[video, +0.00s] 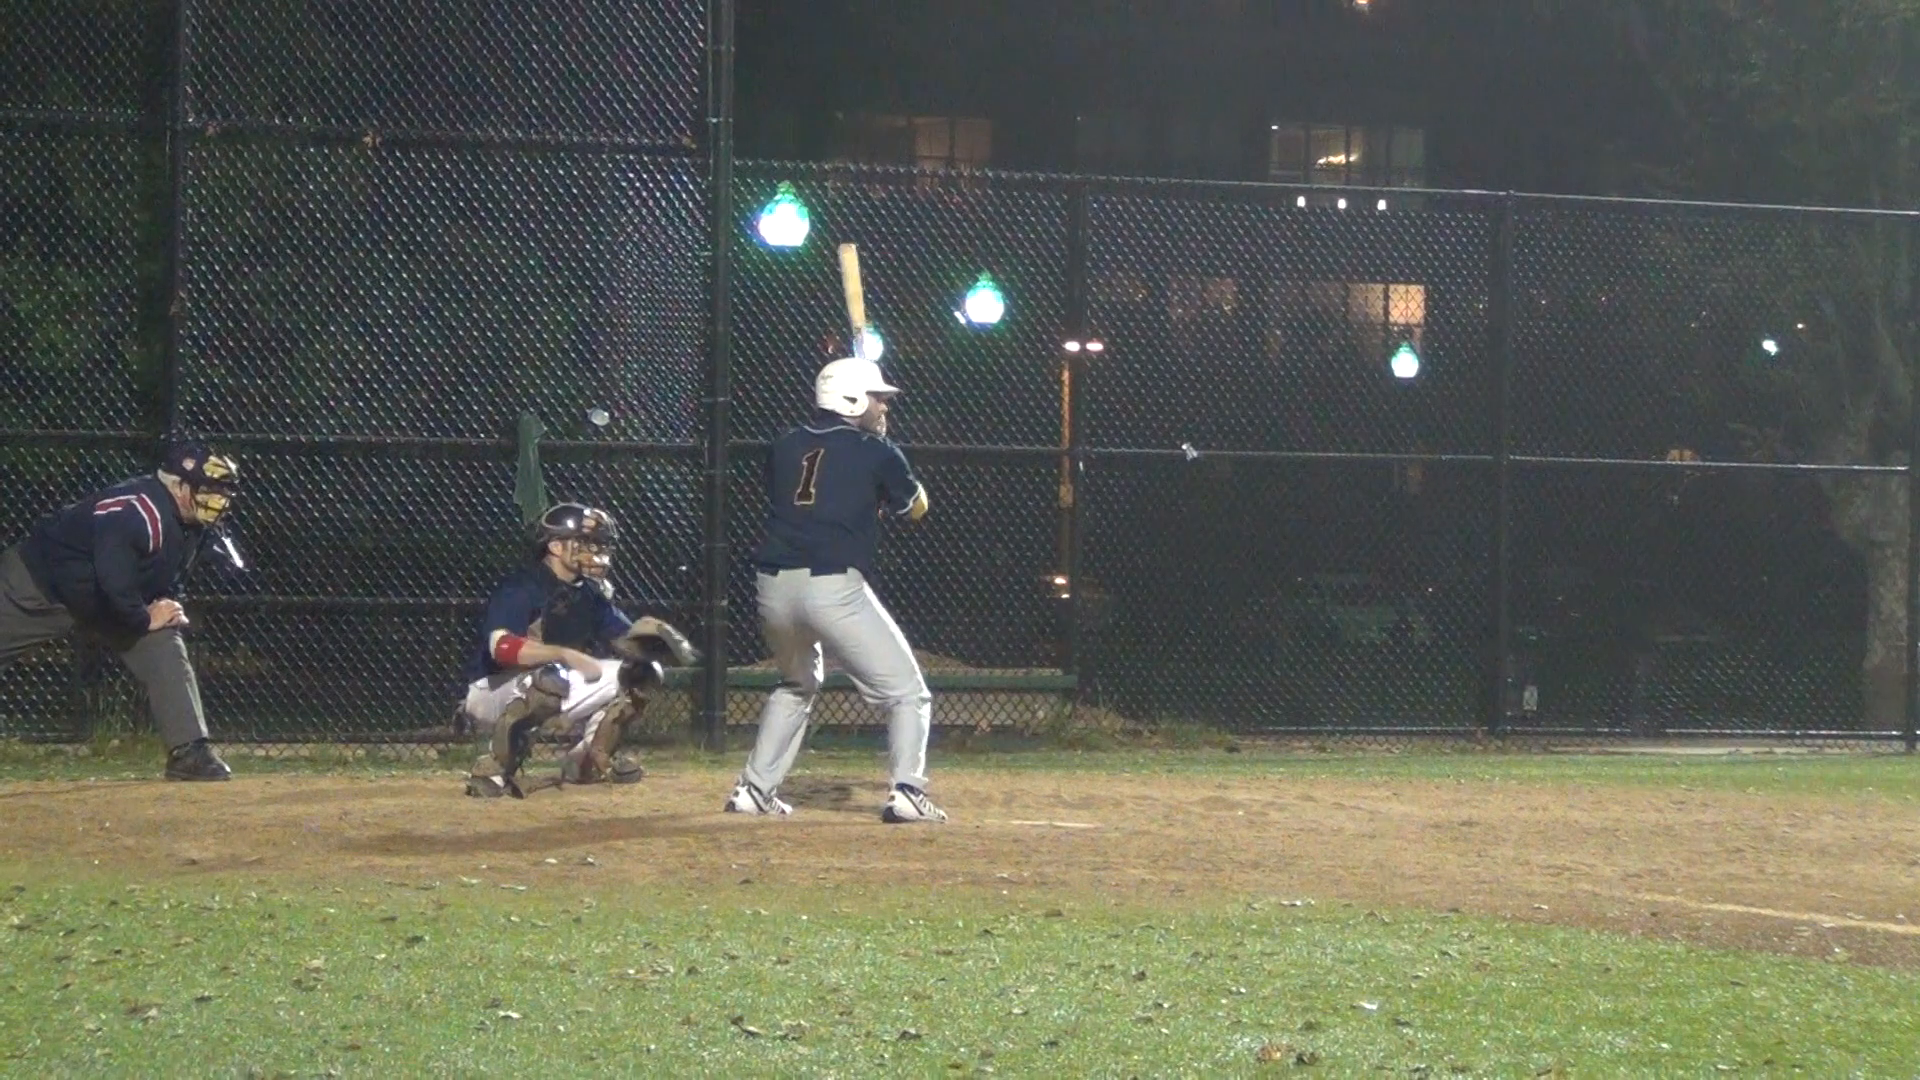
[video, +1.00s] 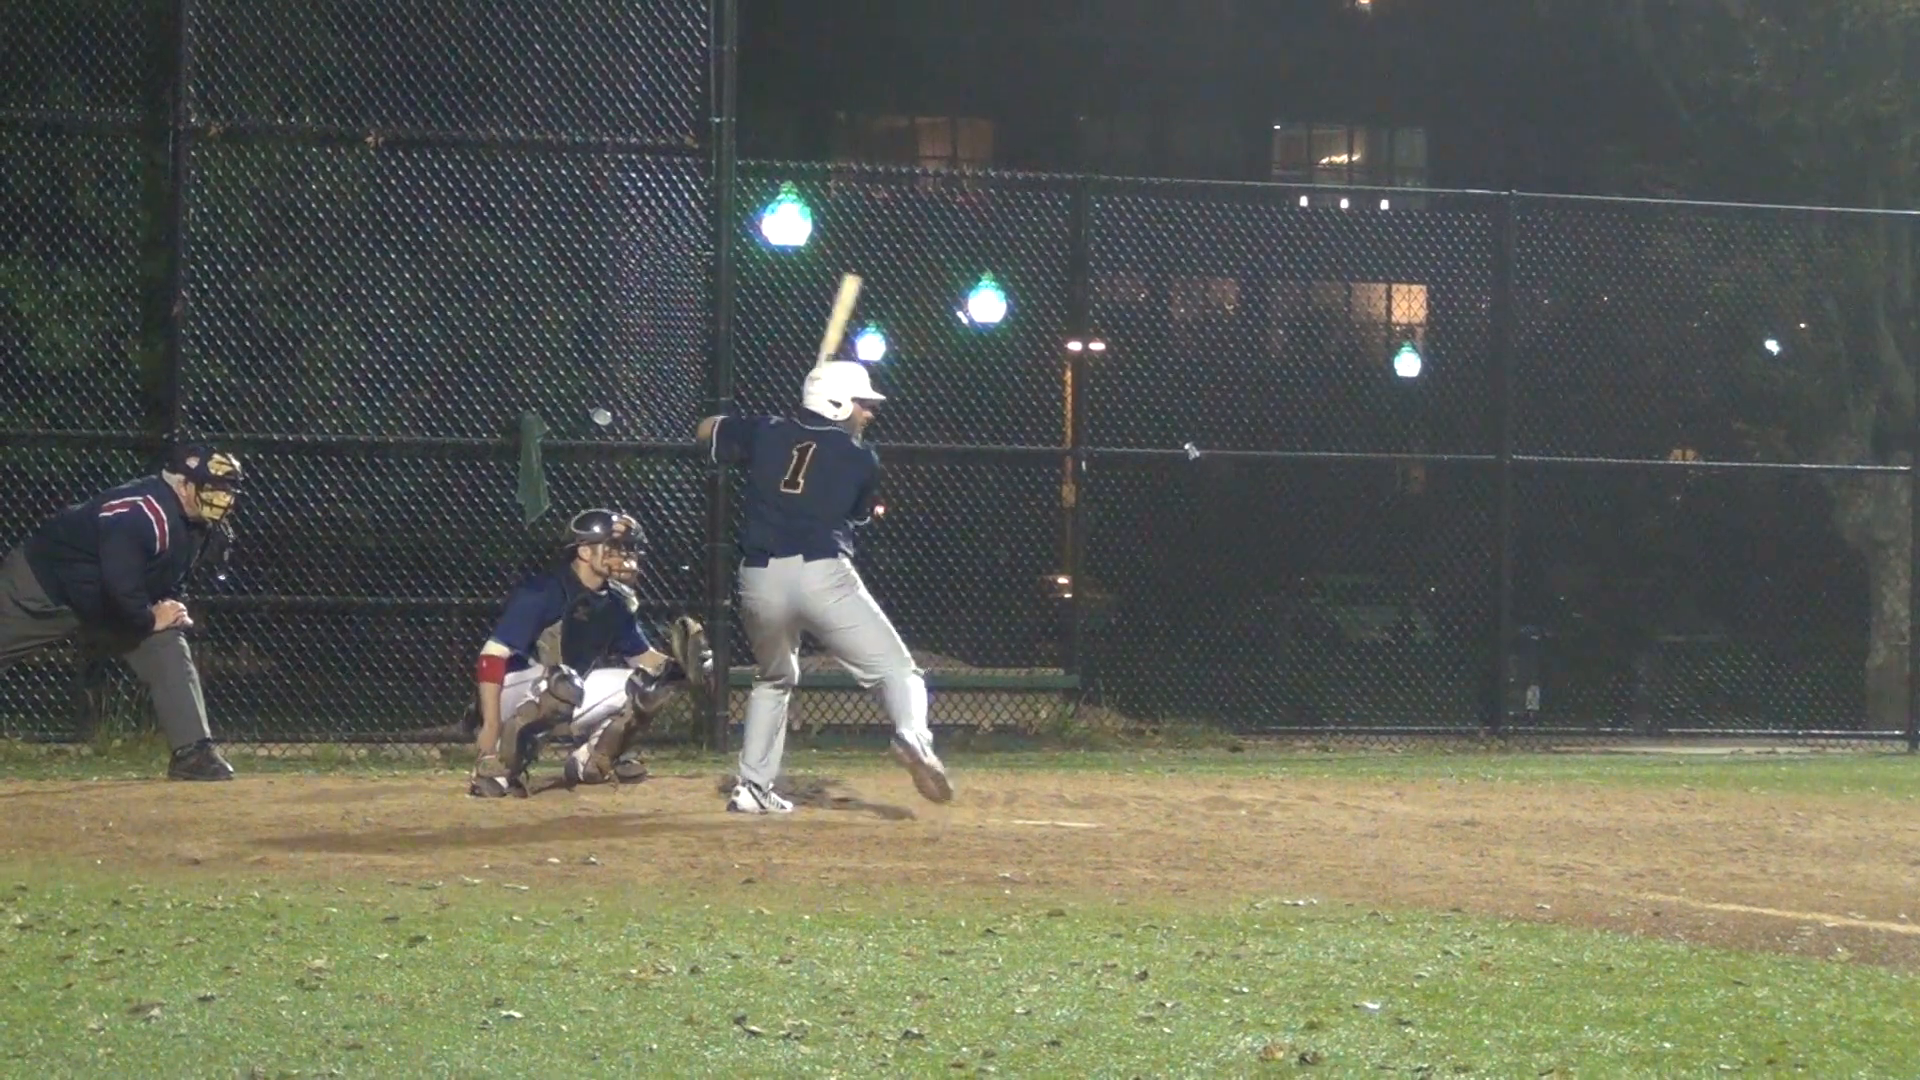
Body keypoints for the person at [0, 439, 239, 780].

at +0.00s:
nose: (217, 501)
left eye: (220, 493)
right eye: (209, 491)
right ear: (181, 488)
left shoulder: (181, 521)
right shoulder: (135, 511)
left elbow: (166, 573)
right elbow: (114, 578)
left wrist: (169, 605)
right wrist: (143, 619)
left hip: (102, 599)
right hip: (35, 588)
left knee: (163, 648)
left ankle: (188, 750)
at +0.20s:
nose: (218, 500)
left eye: (221, 491)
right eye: (210, 490)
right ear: (181, 487)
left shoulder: (184, 521)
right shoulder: (138, 510)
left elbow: (161, 575)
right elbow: (117, 579)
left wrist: (170, 606)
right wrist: (144, 620)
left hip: (103, 600)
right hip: (37, 589)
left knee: (164, 648)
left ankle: (190, 751)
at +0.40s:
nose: (218, 501)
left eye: (221, 493)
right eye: (210, 492)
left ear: (184, 489)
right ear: (182, 487)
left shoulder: (180, 519)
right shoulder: (140, 512)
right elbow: (118, 583)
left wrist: (162, 605)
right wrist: (145, 620)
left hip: (102, 600)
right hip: (35, 592)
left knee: (164, 648)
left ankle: (191, 752)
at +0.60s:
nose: (217, 501)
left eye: (221, 493)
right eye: (209, 491)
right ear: (182, 487)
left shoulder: (181, 519)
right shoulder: (140, 512)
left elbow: (153, 573)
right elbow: (117, 583)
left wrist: (161, 606)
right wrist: (145, 620)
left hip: (101, 599)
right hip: (36, 590)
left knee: (164, 648)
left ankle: (191, 751)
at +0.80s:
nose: (218, 500)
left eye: (221, 492)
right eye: (210, 490)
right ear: (182, 486)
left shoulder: (181, 518)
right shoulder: (140, 511)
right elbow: (119, 579)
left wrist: (164, 607)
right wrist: (146, 619)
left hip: (102, 600)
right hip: (36, 590)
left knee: (166, 649)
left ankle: (191, 751)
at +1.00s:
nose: (219, 500)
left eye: (223, 492)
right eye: (211, 491)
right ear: (183, 487)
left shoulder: (183, 519)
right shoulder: (141, 513)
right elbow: (121, 587)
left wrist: (166, 608)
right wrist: (149, 619)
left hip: (102, 601)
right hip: (38, 593)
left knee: (166, 648)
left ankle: (192, 751)